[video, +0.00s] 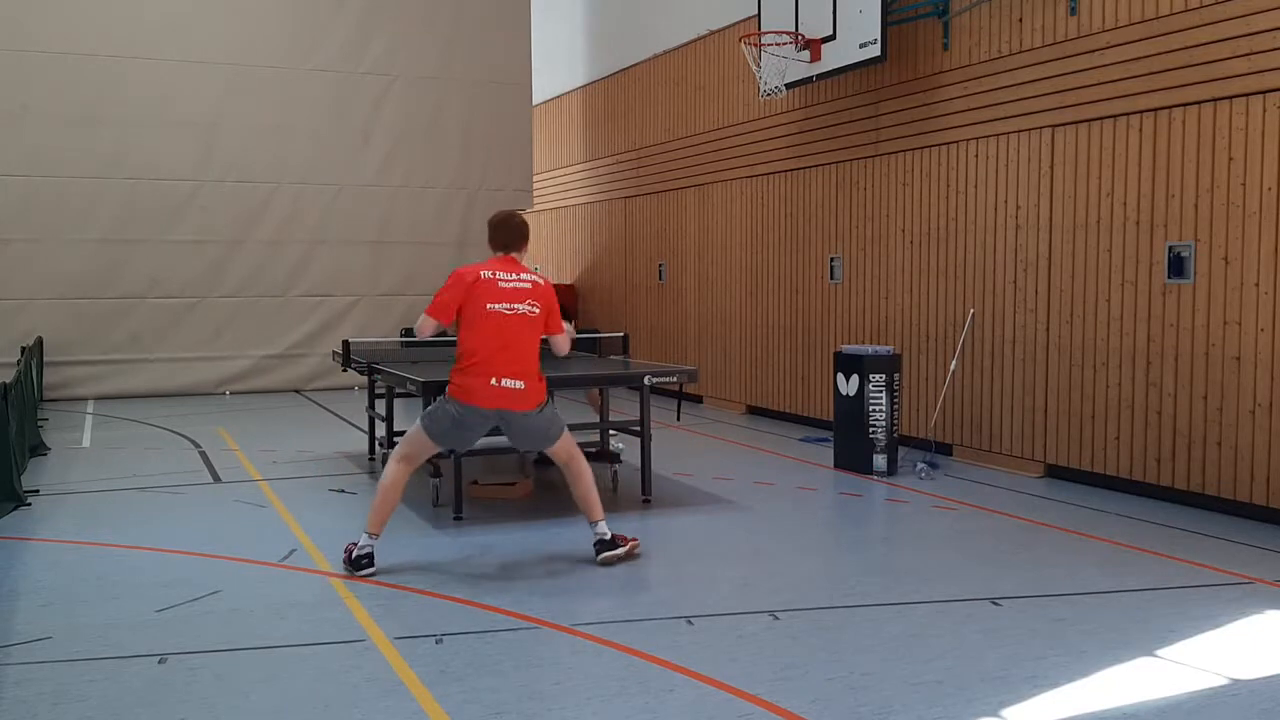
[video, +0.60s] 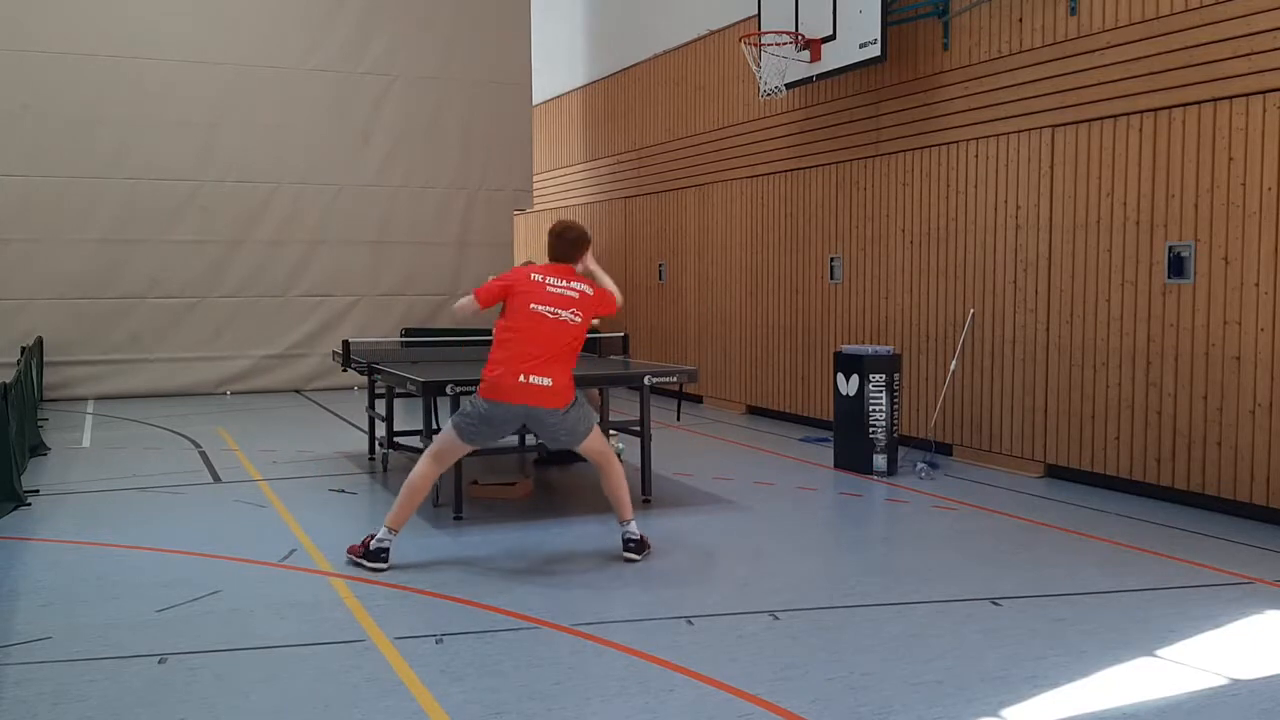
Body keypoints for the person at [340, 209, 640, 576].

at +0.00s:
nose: (523, 244)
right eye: (525, 239)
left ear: (490, 243)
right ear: (525, 244)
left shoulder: (467, 276)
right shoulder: (541, 285)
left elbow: (423, 330)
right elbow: (561, 347)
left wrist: (447, 313)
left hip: (468, 403)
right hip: (526, 406)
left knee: (403, 460)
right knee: (571, 459)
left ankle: (365, 548)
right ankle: (604, 536)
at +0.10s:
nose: (548, 251)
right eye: (549, 247)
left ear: (512, 248)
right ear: (548, 251)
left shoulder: (482, 279)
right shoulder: (557, 292)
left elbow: (450, 337)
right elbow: (564, 360)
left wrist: (488, 331)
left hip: (470, 394)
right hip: (526, 399)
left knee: (416, 464)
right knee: (581, 457)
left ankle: (372, 548)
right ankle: (611, 539)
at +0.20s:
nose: (578, 284)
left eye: (576, 279)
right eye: (579, 278)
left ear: (540, 271)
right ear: (574, 277)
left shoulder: (509, 297)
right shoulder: (564, 311)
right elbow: (555, 373)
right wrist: (591, 418)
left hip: (472, 414)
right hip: (525, 417)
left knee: (429, 481)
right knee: (598, 455)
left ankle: (373, 548)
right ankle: (617, 542)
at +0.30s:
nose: (599, 294)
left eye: (599, 287)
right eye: (599, 287)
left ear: (563, 280)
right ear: (591, 286)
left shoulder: (528, 305)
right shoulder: (567, 312)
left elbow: (514, 362)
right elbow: (556, 374)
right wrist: (604, 411)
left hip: (483, 416)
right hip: (531, 418)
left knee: (440, 491)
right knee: (613, 449)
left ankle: (376, 549)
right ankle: (620, 541)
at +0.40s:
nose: (601, 275)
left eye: (601, 267)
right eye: (601, 267)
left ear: (565, 259)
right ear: (590, 264)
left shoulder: (524, 286)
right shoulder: (581, 300)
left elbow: (487, 326)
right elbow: (598, 362)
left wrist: (526, 334)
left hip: (493, 402)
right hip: (546, 405)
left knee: (439, 476)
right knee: (614, 451)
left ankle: (377, 546)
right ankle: (618, 540)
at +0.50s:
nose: (596, 262)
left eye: (597, 255)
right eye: (595, 254)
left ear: (560, 246)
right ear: (582, 250)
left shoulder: (520, 269)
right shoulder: (585, 286)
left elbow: (481, 309)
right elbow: (634, 333)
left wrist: (523, 309)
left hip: (494, 390)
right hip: (550, 395)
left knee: (434, 458)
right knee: (607, 444)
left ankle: (386, 540)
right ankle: (621, 527)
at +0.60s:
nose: (590, 260)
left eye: (587, 253)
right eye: (588, 254)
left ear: (548, 252)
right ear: (583, 258)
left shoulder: (520, 277)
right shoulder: (588, 295)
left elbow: (462, 309)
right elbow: (615, 300)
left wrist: (480, 297)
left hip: (498, 396)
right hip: (554, 403)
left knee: (434, 460)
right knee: (605, 459)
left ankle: (381, 542)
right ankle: (632, 535)